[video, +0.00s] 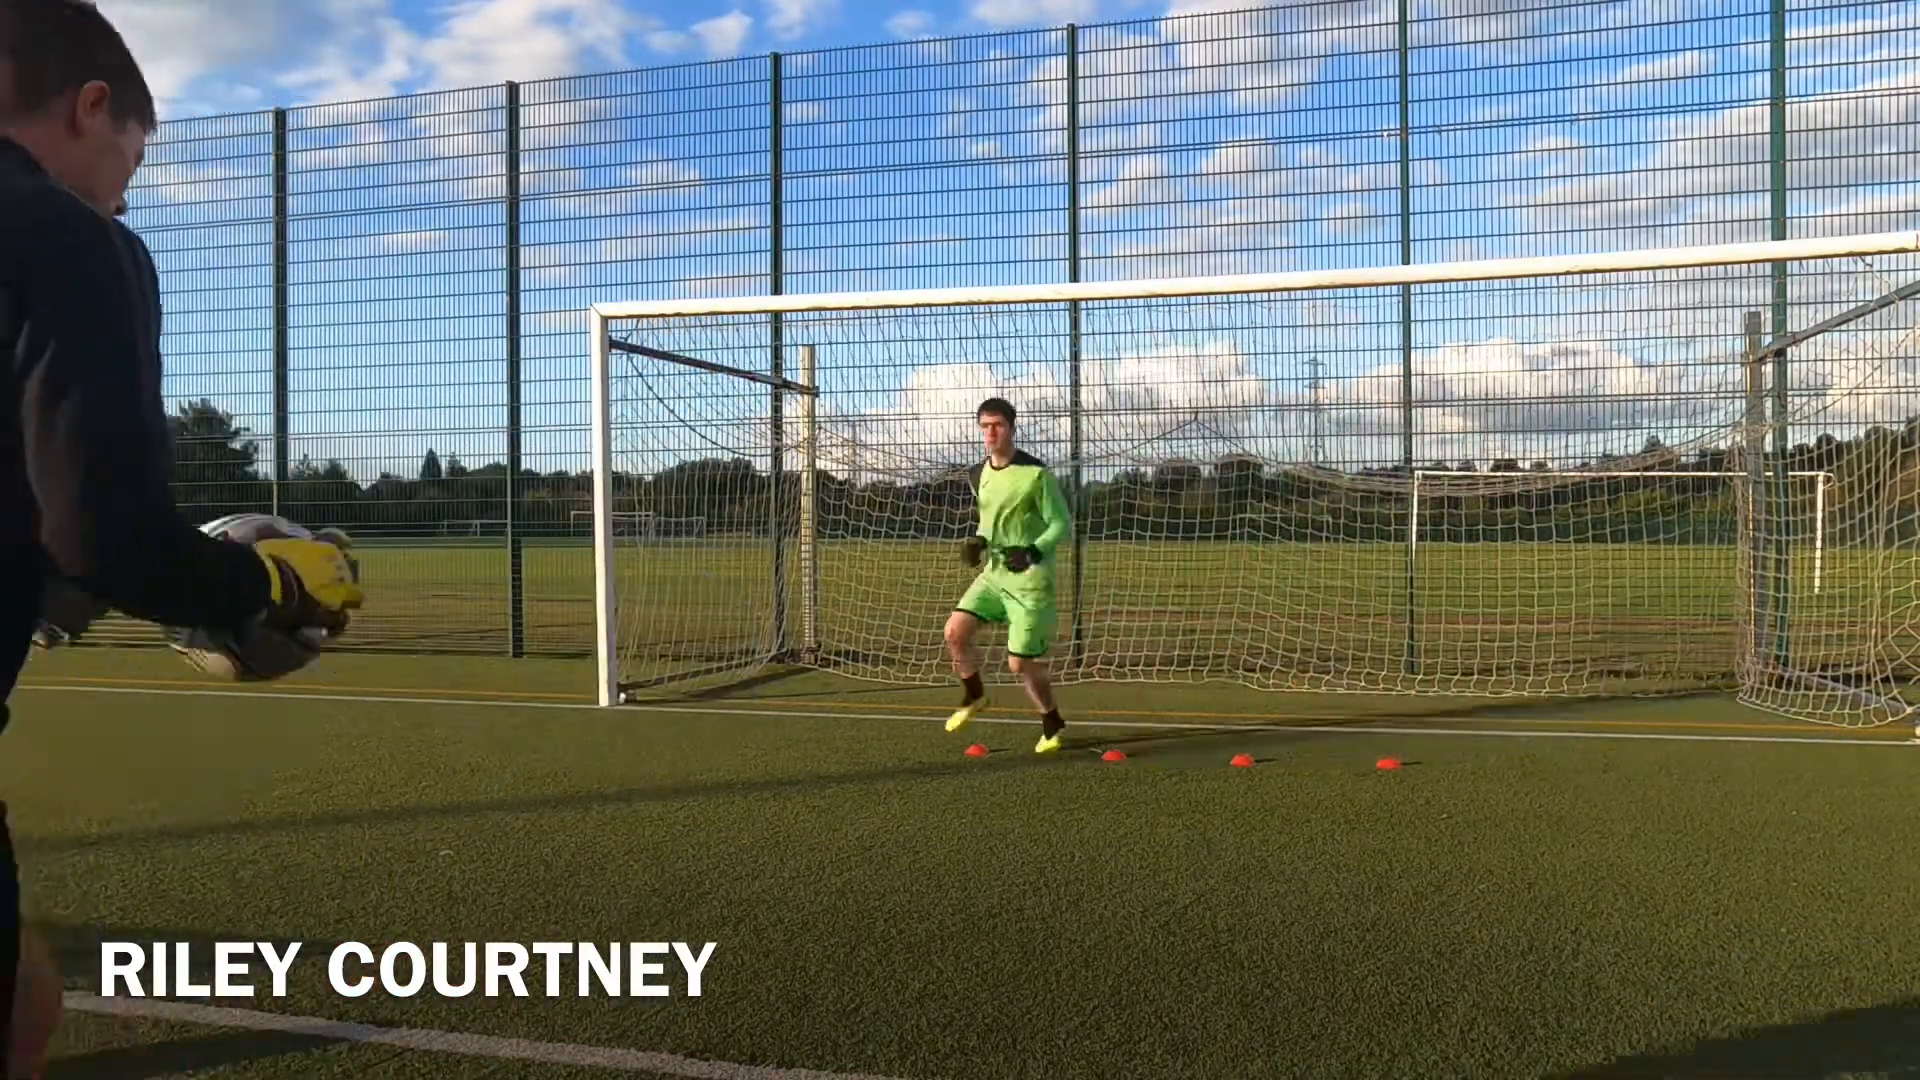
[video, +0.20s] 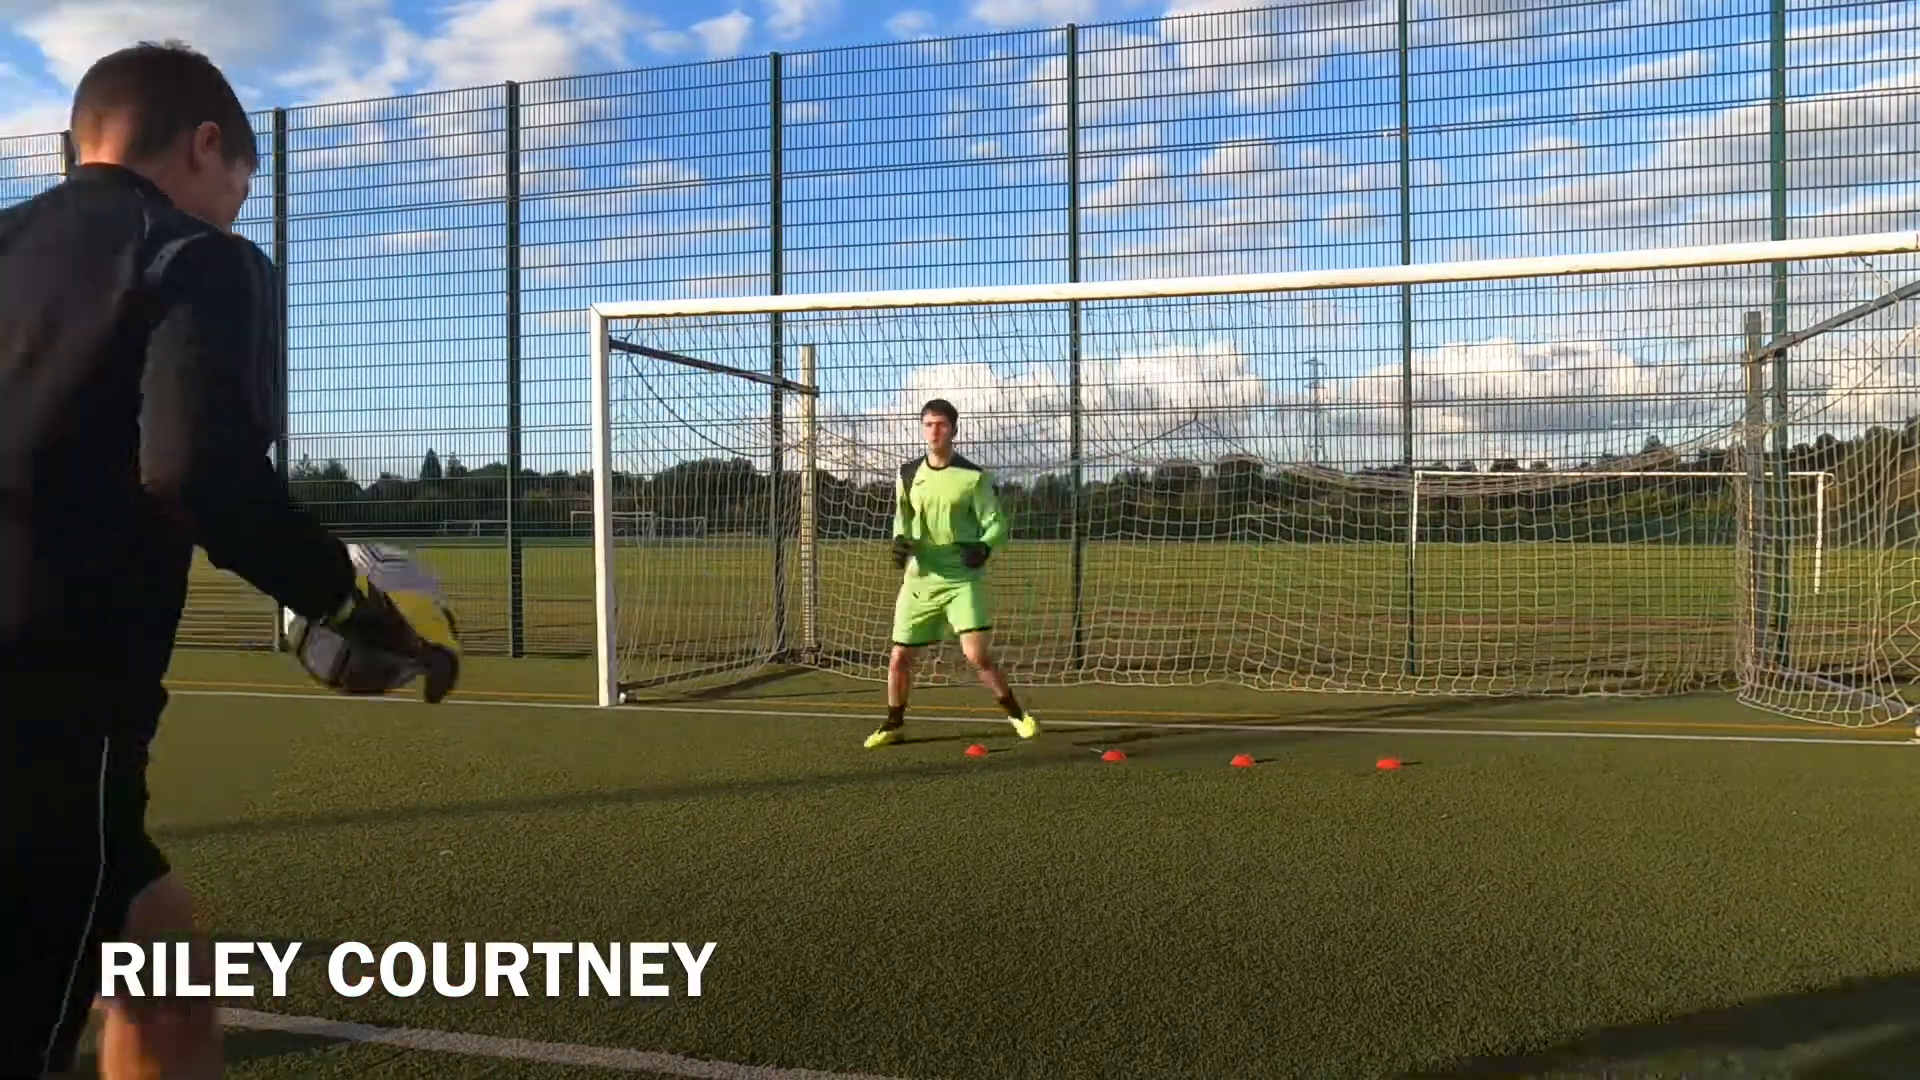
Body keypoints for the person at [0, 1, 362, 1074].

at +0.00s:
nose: (125, 190)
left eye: (136, 166)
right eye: (131, 157)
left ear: (38, 106)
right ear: (88, 107)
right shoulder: (71, 247)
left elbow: (47, 541)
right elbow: (106, 536)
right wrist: (247, 592)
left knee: (28, 996)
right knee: (24, 1001)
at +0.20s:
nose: (238, 213)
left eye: (244, 189)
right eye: (240, 184)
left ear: (87, 147)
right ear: (199, 147)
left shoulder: (8, 235)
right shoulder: (196, 257)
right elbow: (198, 467)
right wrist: (345, 600)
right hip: (61, 693)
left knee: (160, 945)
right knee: (38, 1006)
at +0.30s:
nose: (277, 219)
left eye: (282, 192)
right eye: (278, 188)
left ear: (132, 165)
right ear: (239, 165)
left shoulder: (18, 270)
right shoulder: (241, 262)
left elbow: (20, 477)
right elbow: (216, 442)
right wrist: (308, 641)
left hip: (12, 683)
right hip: (148, 693)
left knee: (237, 1002)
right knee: (129, 1041)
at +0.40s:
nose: (306, 225)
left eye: (308, 205)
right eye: (309, 200)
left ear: (170, 169)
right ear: (277, 169)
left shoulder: (42, 277)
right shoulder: (265, 248)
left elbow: (18, 474)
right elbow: (191, 427)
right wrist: (195, 654)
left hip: (49, 687)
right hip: (212, 679)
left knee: (218, 927)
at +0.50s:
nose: (332, 215)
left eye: (335, 198)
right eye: (336, 193)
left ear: (203, 161)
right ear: (305, 162)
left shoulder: (74, 255)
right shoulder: (293, 224)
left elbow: (16, 455)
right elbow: (193, 370)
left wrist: (25, 618)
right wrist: (122, 582)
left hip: (79, 653)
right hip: (242, 624)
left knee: (234, 937)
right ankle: (508, 933)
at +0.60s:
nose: (334, 186)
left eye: (336, 168)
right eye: (337, 166)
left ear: (205, 147)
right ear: (307, 150)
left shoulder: (100, 250)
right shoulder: (316, 215)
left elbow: (27, 478)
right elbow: (204, 313)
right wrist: (135, 554)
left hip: (118, 654)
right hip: (265, 630)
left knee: (252, 932)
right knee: (430, 610)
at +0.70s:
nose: (327, 164)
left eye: (329, 147)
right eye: (330, 144)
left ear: (193, 134)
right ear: (307, 134)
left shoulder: (103, 244)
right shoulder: (318, 221)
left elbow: (62, 449)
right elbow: (255, 392)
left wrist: (173, 472)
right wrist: (220, 613)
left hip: (149, 656)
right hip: (290, 636)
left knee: (262, 929)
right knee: (420, 509)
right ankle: (440, 718)